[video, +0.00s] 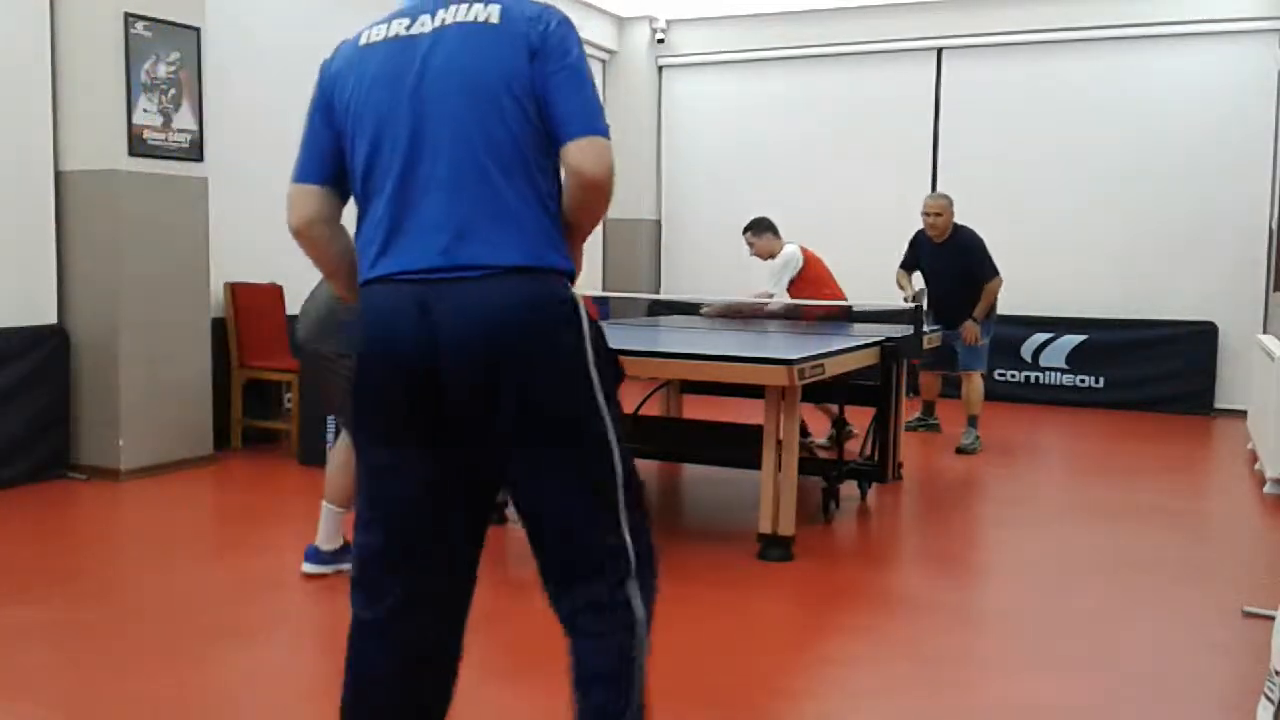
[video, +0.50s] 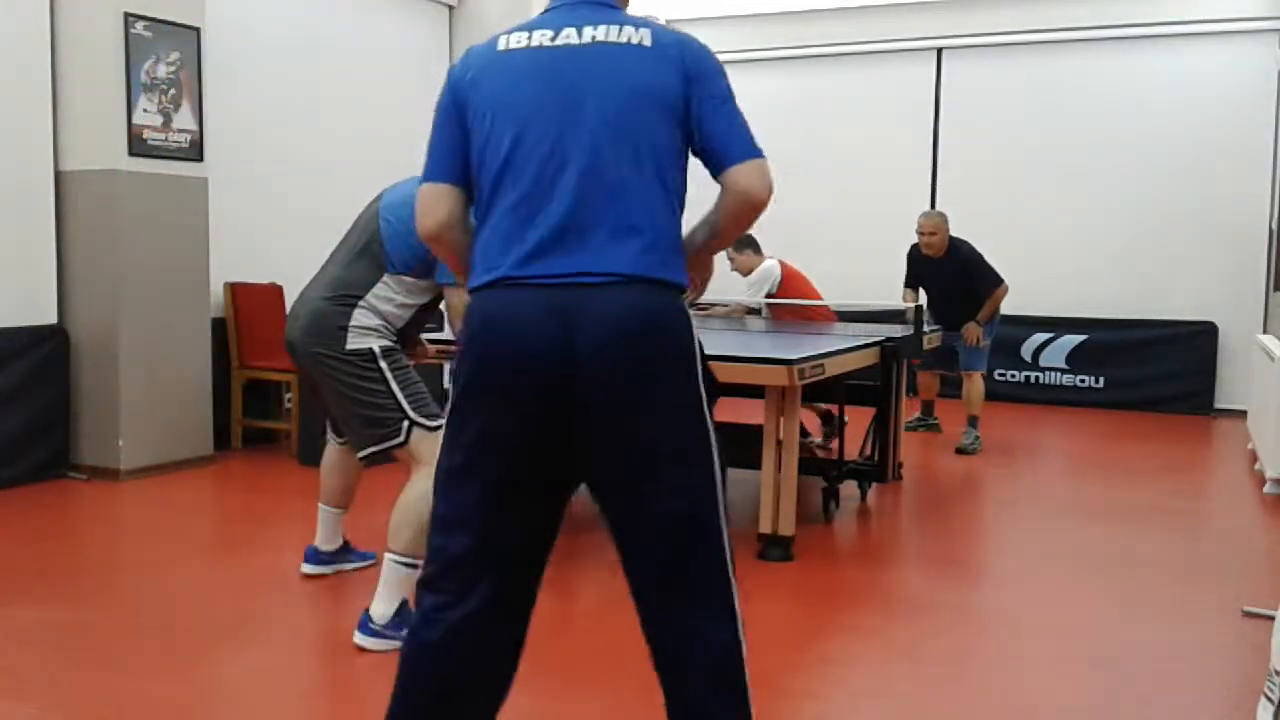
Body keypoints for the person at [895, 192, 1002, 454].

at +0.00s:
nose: (930, 221)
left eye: (937, 216)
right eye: (926, 215)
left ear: (951, 216)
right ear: (921, 215)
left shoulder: (968, 240)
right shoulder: (920, 240)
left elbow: (994, 281)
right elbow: (903, 272)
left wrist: (975, 320)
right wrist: (908, 289)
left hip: (970, 319)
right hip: (937, 317)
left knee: (970, 371)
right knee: (928, 366)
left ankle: (972, 431)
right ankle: (927, 415)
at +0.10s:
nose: (929, 225)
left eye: (936, 220)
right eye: (925, 219)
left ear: (950, 220)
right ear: (920, 219)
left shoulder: (967, 243)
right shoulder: (919, 243)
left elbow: (995, 283)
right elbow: (910, 278)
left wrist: (976, 321)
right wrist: (907, 298)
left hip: (972, 319)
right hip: (938, 317)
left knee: (970, 371)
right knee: (928, 366)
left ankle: (971, 431)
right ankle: (927, 415)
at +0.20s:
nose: (928, 229)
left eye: (935, 223)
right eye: (924, 223)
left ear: (949, 223)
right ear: (919, 222)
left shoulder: (967, 246)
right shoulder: (918, 247)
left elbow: (996, 284)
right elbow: (911, 282)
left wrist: (977, 321)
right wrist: (909, 299)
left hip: (972, 320)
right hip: (938, 318)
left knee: (970, 372)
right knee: (927, 366)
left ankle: (971, 431)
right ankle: (927, 415)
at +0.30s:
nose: (927, 233)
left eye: (933, 228)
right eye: (923, 227)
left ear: (948, 227)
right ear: (918, 227)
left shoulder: (966, 249)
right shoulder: (917, 250)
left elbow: (999, 287)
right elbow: (909, 283)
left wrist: (977, 322)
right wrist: (911, 301)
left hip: (974, 320)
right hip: (939, 319)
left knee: (970, 371)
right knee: (926, 365)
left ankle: (971, 431)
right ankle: (927, 415)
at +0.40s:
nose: (927, 237)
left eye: (933, 231)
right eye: (922, 231)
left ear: (947, 231)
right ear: (917, 231)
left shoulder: (965, 251)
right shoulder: (916, 252)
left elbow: (999, 287)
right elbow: (909, 287)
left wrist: (978, 322)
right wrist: (913, 305)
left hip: (975, 320)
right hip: (940, 319)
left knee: (971, 371)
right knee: (926, 365)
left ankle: (971, 431)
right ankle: (926, 416)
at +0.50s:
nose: (925, 240)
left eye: (931, 234)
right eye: (921, 234)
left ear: (946, 234)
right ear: (916, 234)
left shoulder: (964, 253)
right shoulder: (916, 254)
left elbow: (1000, 288)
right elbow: (910, 289)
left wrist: (978, 322)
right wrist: (912, 310)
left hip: (975, 320)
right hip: (940, 320)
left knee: (971, 371)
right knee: (925, 364)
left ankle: (971, 431)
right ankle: (927, 416)